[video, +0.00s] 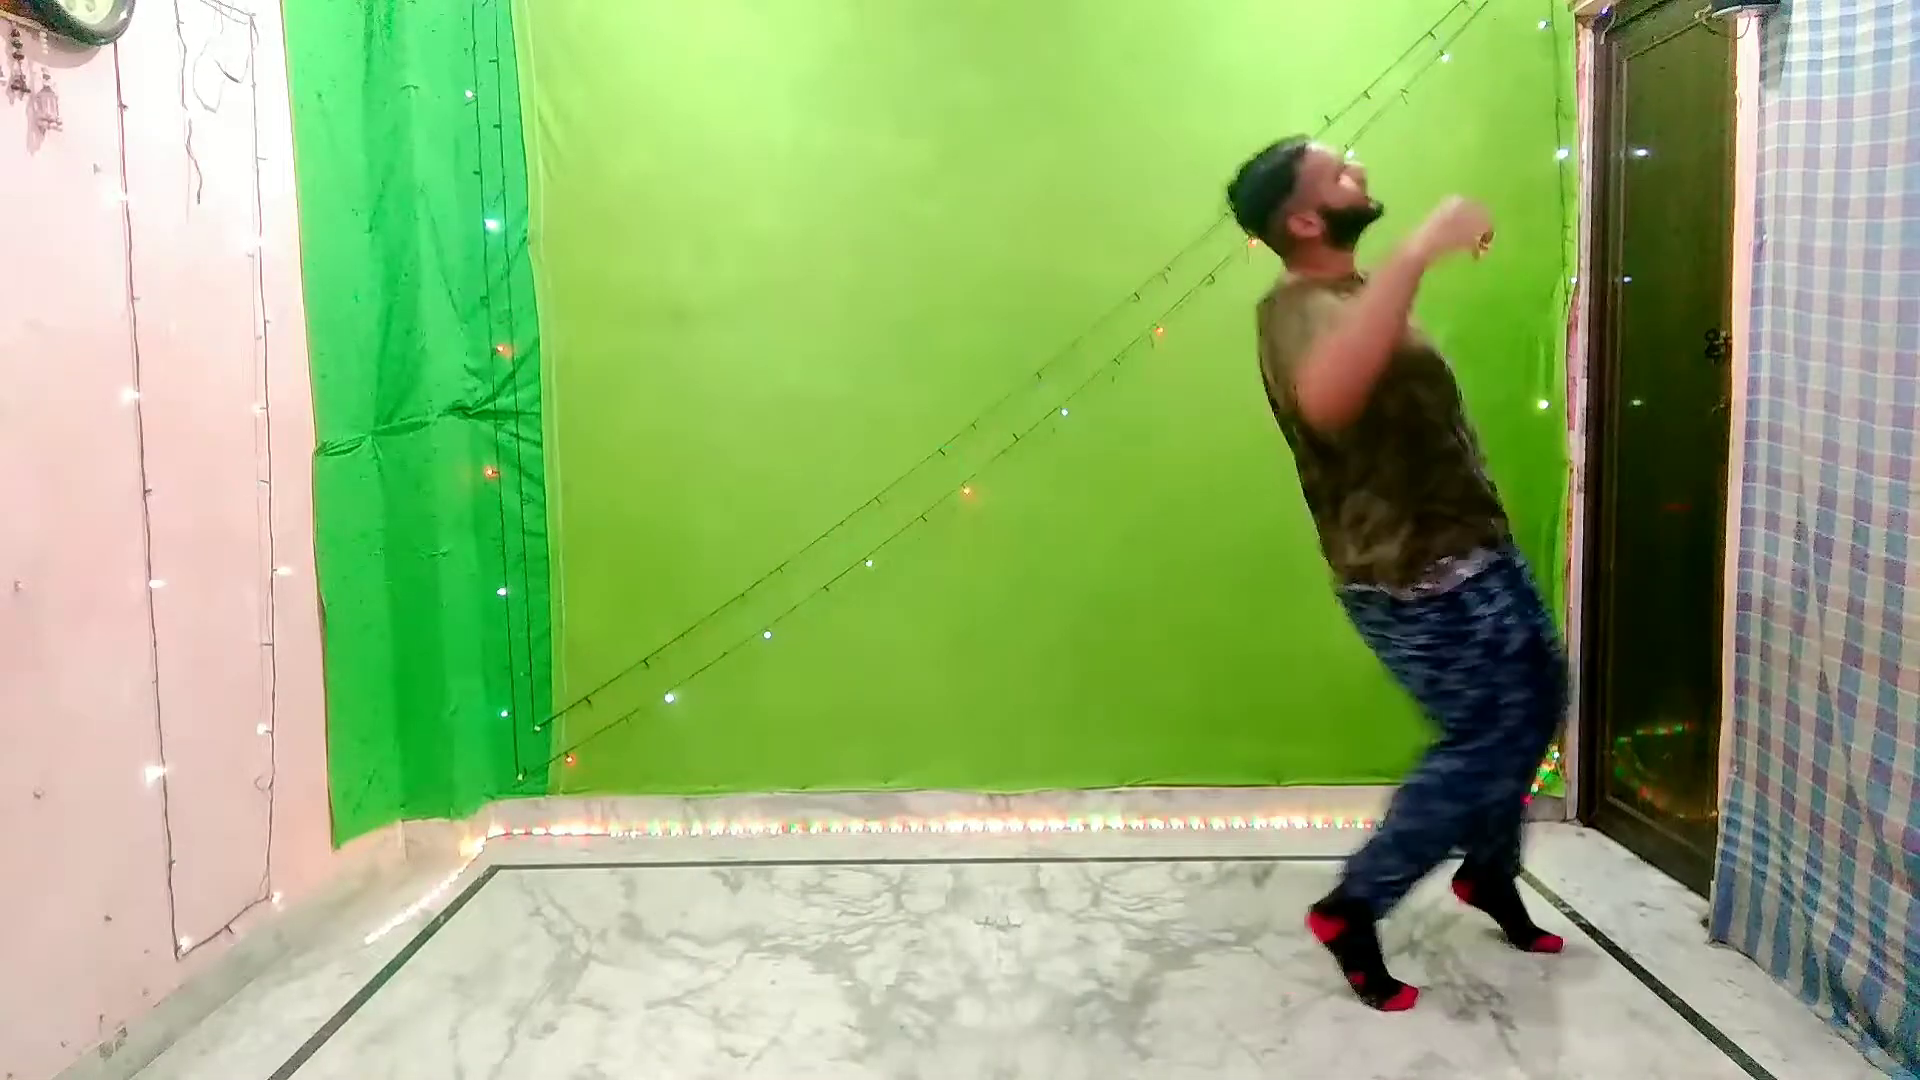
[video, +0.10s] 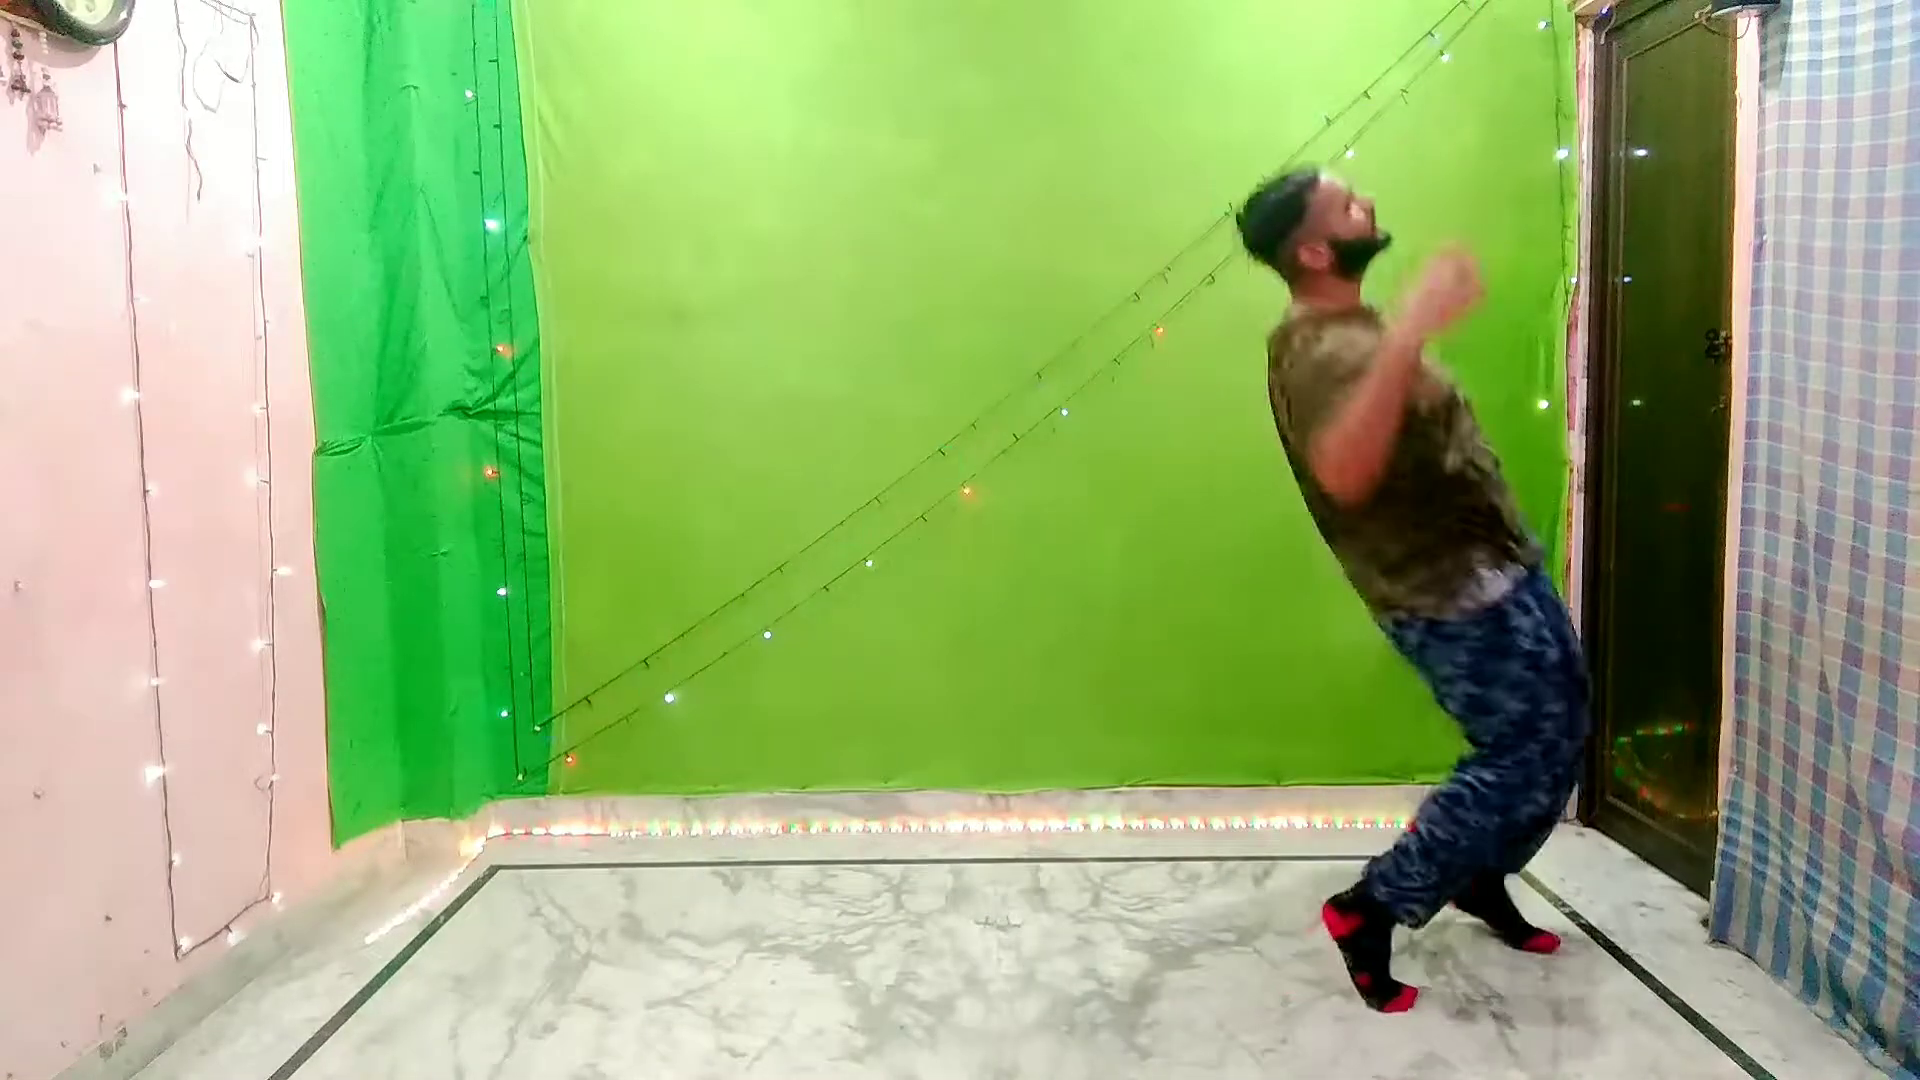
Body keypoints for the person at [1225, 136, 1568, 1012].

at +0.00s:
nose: (1349, 160)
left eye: (1334, 152)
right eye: (1327, 161)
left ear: (1309, 223)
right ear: (1300, 219)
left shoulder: (1351, 296)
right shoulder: (1298, 306)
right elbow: (1327, 397)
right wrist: (1414, 254)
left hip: (1471, 553)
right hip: (1411, 574)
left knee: (1538, 698)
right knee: (1492, 727)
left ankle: (1489, 869)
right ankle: (1353, 907)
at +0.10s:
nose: (1360, 196)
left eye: (1345, 187)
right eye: (1339, 196)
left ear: (1314, 253)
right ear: (1310, 248)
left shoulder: (1349, 328)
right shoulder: (1318, 347)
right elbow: (1345, 472)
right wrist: (1410, 331)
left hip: (1491, 564)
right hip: (1445, 591)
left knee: (1563, 719)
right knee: (1531, 747)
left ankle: (1480, 870)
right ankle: (1372, 906)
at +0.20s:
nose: (1356, 226)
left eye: (1340, 218)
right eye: (1337, 227)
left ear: (1308, 282)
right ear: (1309, 279)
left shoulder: (1346, 355)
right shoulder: (1320, 373)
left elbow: (1376, 484)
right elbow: (1353, 504)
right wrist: (1434, 381)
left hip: (1492, 585)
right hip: (1457, 606)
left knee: (1563, 741)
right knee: (1547, 759)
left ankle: (1472, 881)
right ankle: (1380, 906)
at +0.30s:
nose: (1342, 275)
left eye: (1330, 266)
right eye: (1324, 274)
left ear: (1293, 319)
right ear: (1288, 318)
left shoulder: (1340, 392)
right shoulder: (1307, 412)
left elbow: (1413, 489)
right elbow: (1353, 540)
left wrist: (1481, 470)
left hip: (1505, 615)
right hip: (1470, 635)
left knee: (1561, 770)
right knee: (1555, 793)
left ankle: (1466, 890)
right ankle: (1378, 909)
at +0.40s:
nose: (1327, 294)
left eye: (1315, 285)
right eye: (1306, 294)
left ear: (1276, 343)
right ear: (1271, 341)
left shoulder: (1324, 413)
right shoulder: (1298, 433)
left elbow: (1393, 516)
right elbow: (1353, 563)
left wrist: (1479, 513)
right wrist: (1482, 602)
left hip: (1489, 634)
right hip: (1459, 651)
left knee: (1563, 770)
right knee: (1555, 795)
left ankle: (1467, 891)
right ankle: (1365, 913)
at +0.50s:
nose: (1308, 294)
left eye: (1296, 286)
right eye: (1288, 294)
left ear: (1259, 343)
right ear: (1255, 341)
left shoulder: (1305, 418)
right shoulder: (1276, 438)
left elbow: (1380, 550)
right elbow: (1346, 577)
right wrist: (1452, 690)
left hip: (1477, 620)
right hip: (1435, 644)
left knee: (1565, 742)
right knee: (1521, 789)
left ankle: (1469, 892)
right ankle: (1337, 923)